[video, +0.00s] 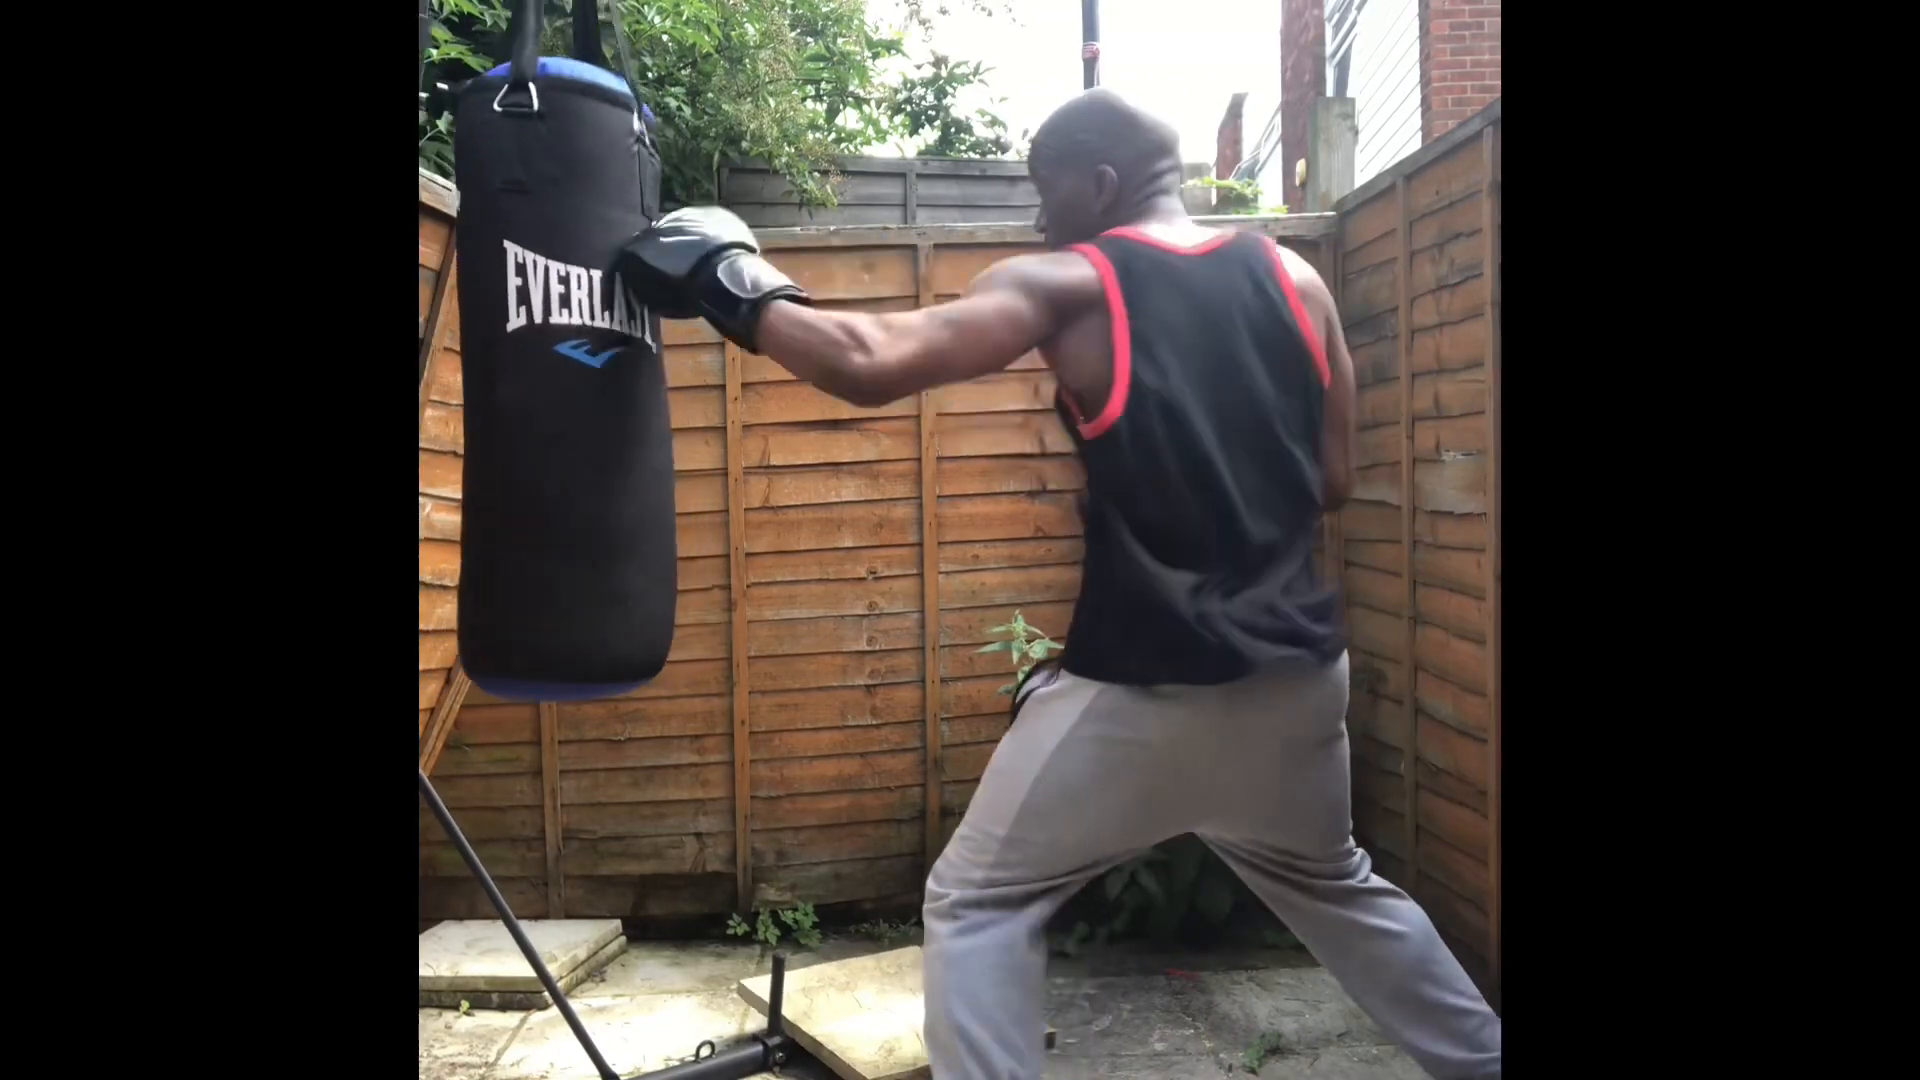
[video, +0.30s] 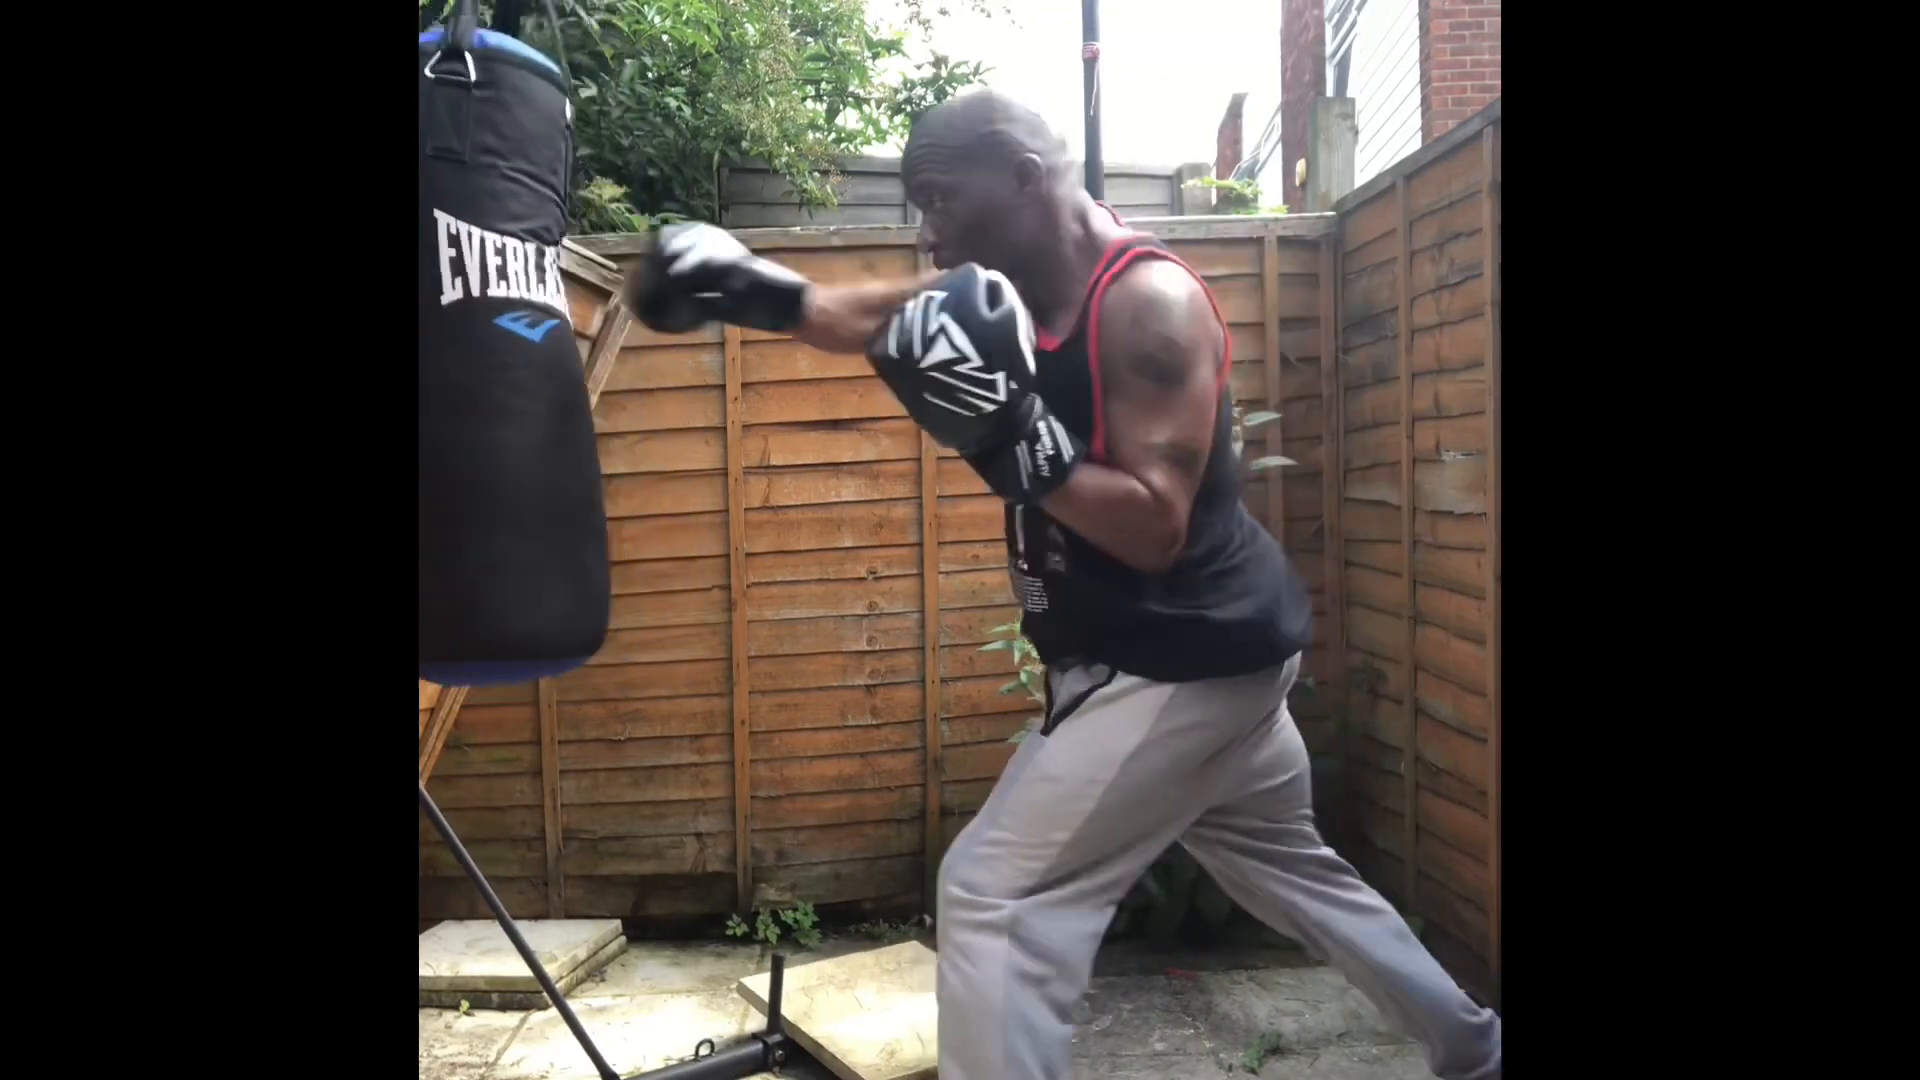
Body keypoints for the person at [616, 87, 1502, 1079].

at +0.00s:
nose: (1040, 217)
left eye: (1044, 194)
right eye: (1037, 196)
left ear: (1100, 183)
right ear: (1162, 178)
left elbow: (871, 362)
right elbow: (1330, 474)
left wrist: (728, 283)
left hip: (1134, 692)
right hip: (1299, 683)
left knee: (980, 903)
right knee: (1334, 882)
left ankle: (993, 1074)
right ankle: (1484, 1058)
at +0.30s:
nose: (929, 235)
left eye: (941, 204)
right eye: (920, 211)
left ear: (1033, 176)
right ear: (1026, 184)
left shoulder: (1152, 301)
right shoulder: (1010, 288)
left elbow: (1157, 527)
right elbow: (869, 320)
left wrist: (1025, 455)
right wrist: (751, 291)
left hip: (1184, 656)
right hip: (1172, 648)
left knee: (993, 893)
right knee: (1295, 877)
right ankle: (1472, 1044)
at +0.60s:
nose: (1142, 260)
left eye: (1144, 233)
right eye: (1135, 238)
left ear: (1206, 204)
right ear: (1241, 201)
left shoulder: (1225, 266)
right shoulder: (1371, 271)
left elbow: (1252, 422)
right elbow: (1358, 410)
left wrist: (1097, 439)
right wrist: (1185, 360)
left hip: (1270, 647)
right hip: (1410, 638)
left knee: (1116, 908)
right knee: (1381, 882)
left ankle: (1068, 1071)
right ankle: (1476, 1066)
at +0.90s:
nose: (1098, 236)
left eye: (1101, 207)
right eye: (1086, 216)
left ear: (1162, 179)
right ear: (1181, 181)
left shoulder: (1230, 279)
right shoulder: (1283, 259)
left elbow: (1146, 494)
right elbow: (1255, 473)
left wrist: (1063, 339)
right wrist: (1102, 492)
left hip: (1267, 657)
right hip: (1372, 631)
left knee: (1100, 913)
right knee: (1362, 886)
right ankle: (1472, 1066)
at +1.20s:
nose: (1027, 216)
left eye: (1041, 189)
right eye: (1026, 192)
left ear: (1124, 186)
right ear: (1133, 191)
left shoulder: (1179, 283)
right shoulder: (1197, 273)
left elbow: (1232, 485)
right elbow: (1186, 465)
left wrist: (1041, 469)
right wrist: (1081, 395)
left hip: (1233, 662)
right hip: (1325, 636)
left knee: (1065, 899)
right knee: (1332, 877)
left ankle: (1032, 1072)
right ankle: (1470, 1064)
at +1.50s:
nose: (1094, 213)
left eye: (1101, 187)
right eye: (1091, 189)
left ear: (1165, 173)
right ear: (1209, 176)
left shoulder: (1180, 254)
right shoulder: (1325, 257)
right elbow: (1279, 405)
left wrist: (1006, 332)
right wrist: (1132, 400)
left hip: (1232, 649)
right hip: (1379, 626)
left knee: (1079, 892)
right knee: (1388, 879)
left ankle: (1042, 1070)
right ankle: (1479, 1062)